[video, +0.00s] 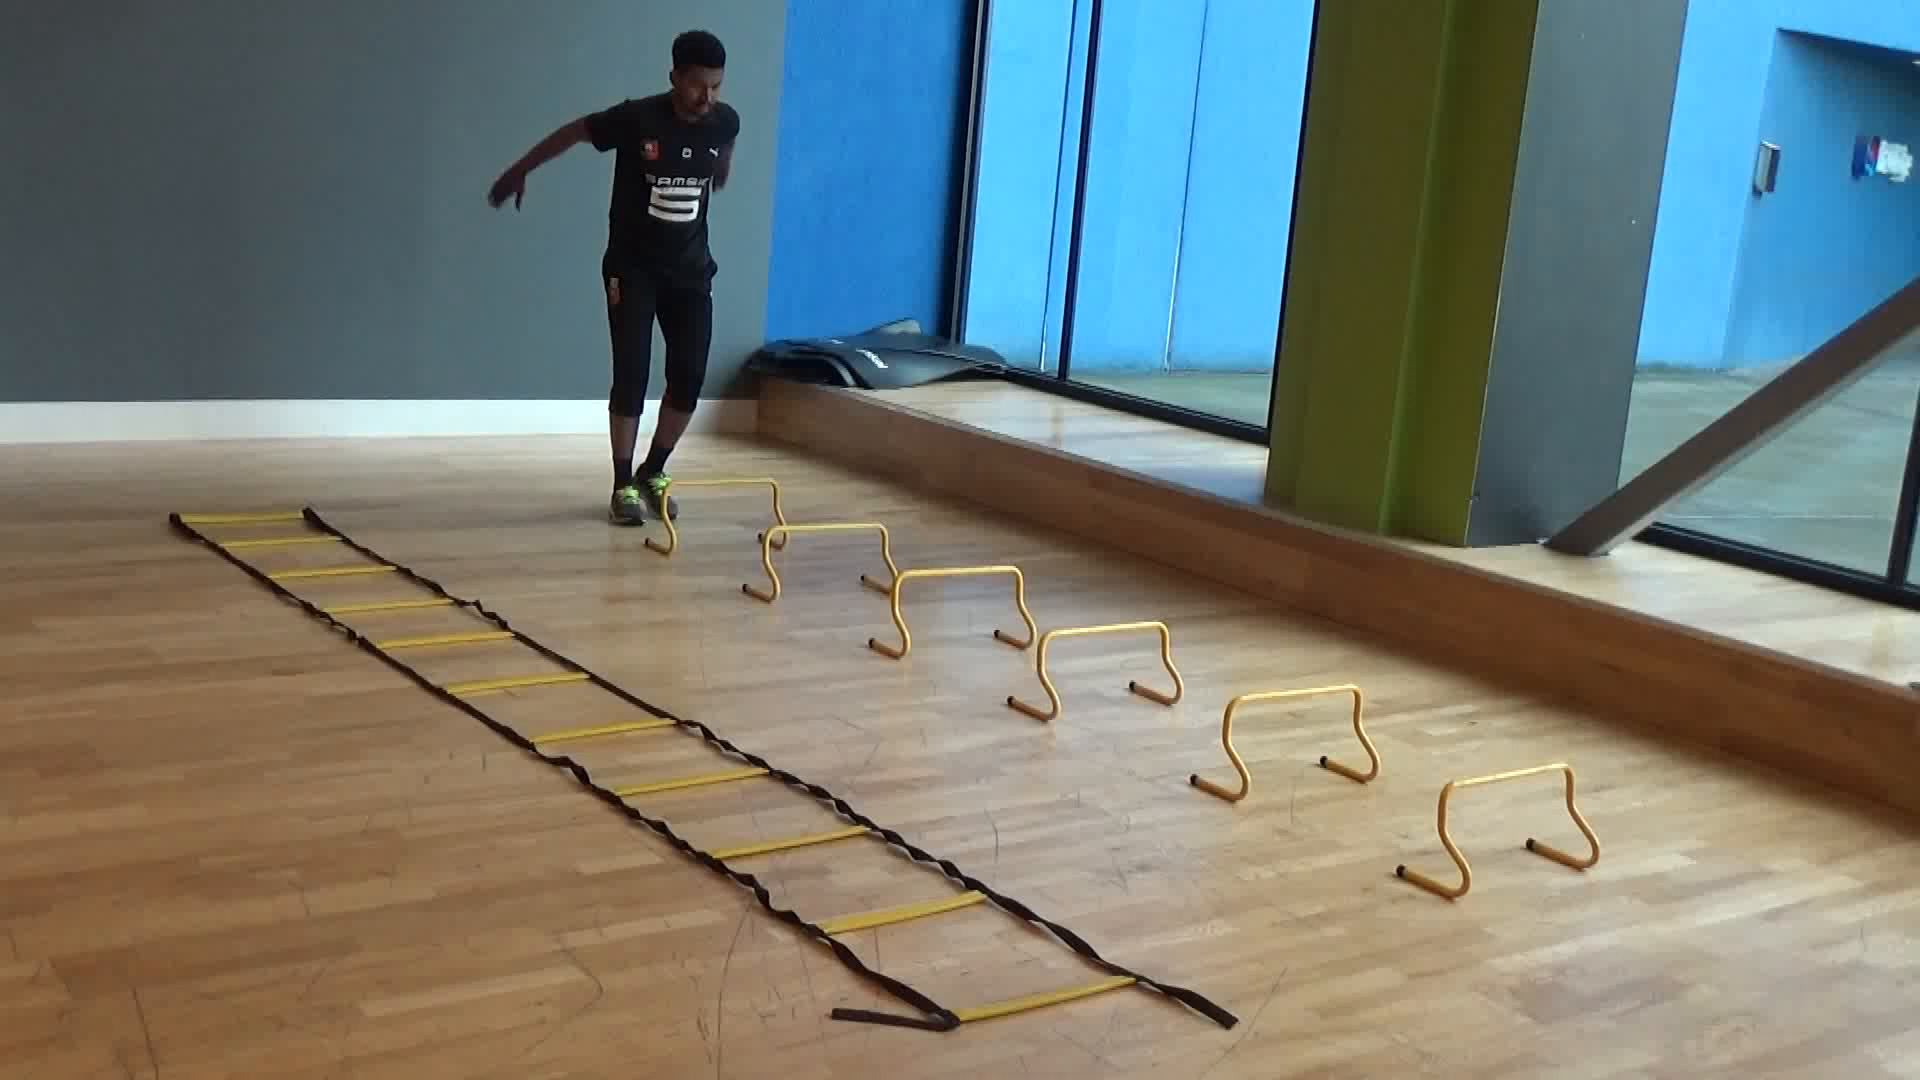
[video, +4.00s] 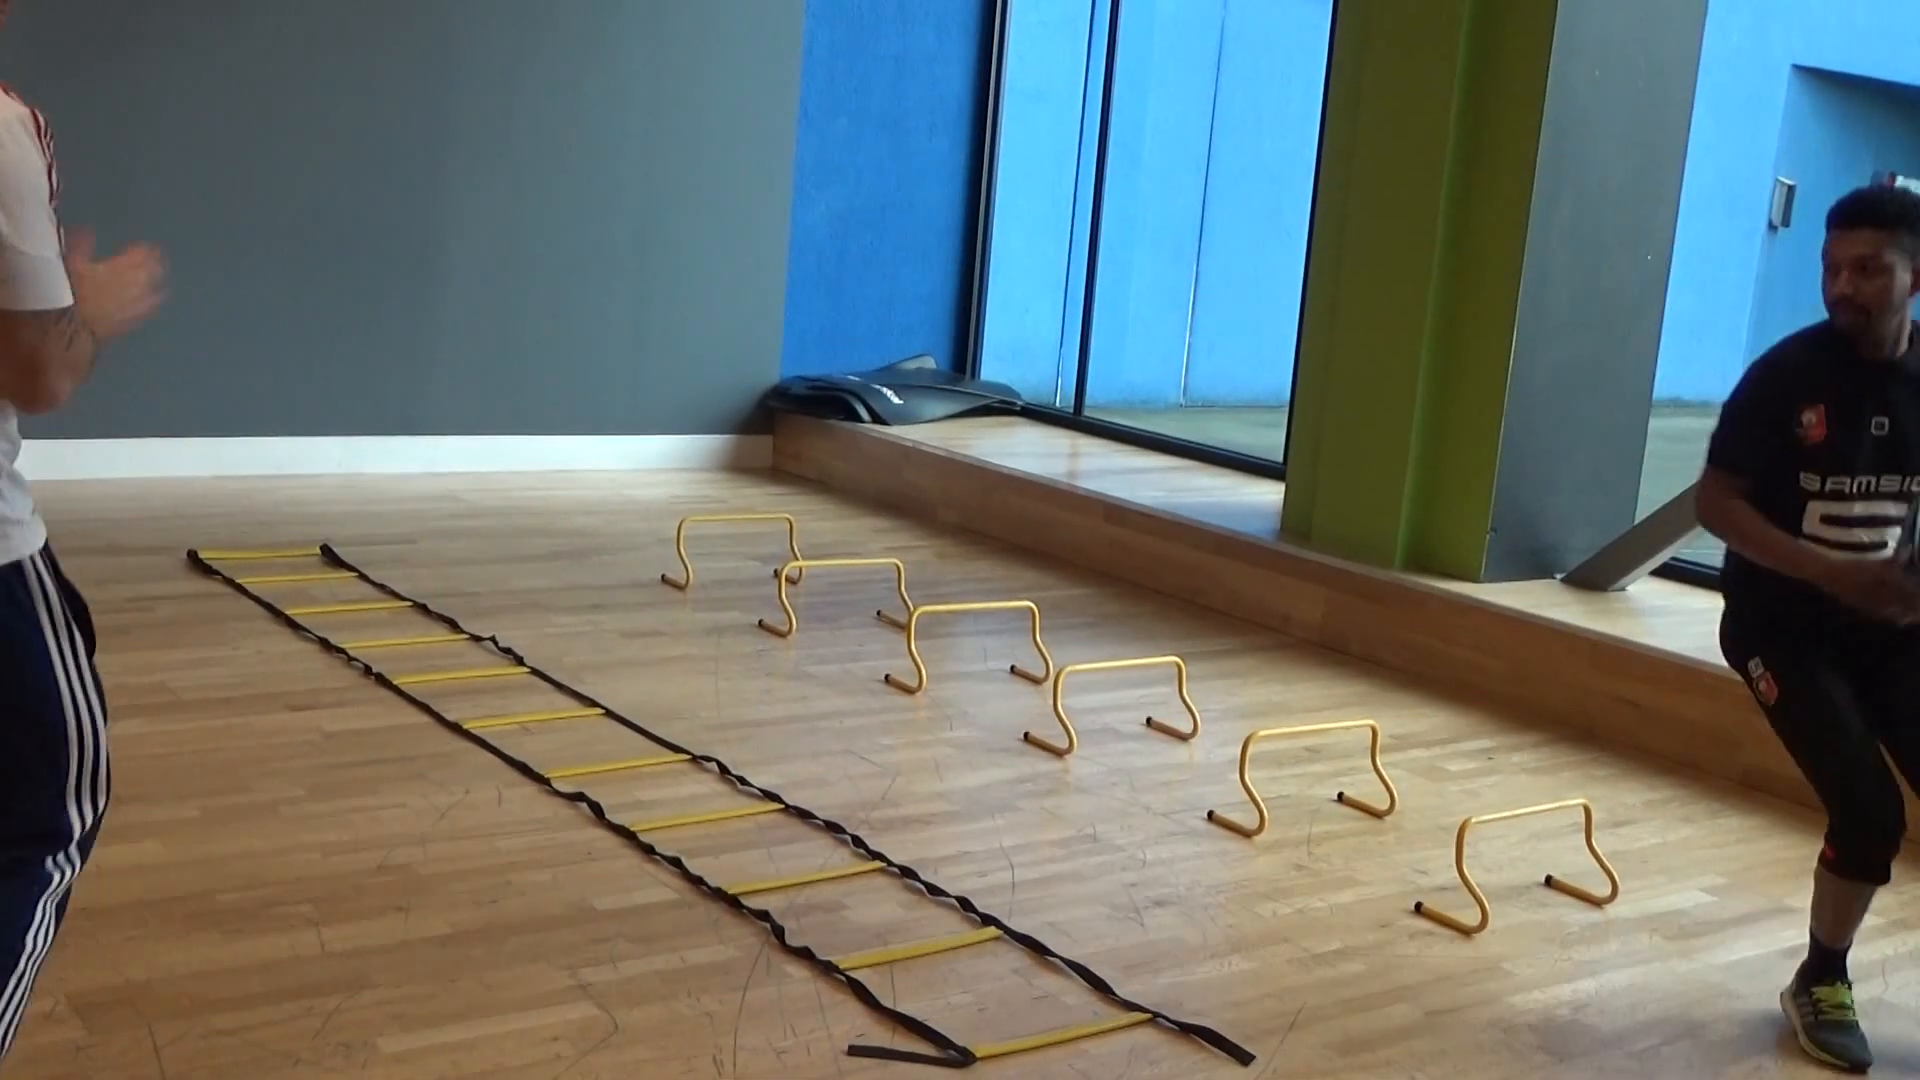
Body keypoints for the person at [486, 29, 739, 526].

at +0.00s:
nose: (707, 96)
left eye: (715, 85)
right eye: (698, 85)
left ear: (722, 82)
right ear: (675, 77)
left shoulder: (724, 123)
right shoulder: (636, 118)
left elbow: (722, 163)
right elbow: (574, 132)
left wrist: (719, 178)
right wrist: (519, 170)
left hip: (690, 269)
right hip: (633, 267)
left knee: (688, 381)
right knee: (632, 378)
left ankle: (652, 476)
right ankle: (624, 486)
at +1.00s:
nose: (833, 111)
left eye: (839, 100)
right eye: (822, 101)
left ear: (845, 100)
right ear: (795, 100)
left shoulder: (855, 164)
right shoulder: (767, 164)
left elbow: (860, 239)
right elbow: (745, 250)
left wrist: (887, 290)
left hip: (831, 324)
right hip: (774, 323)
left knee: (821, 457)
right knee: (783, 449)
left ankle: (777, 538)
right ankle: (748, 543)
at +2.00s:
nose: (1108, 45)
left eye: (1117, 34)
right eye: (1098, 31)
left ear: (1123, 29)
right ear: (1064, 21)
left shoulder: (1113, 89)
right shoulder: (1008, 78)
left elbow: (1075, 150)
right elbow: (915, 94)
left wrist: (1089, 200)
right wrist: (889, 189)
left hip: (1071, 286)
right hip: (1001, 284)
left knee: (1077, 442)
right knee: (1009, 441)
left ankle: (1052, 588)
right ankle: (995, 591)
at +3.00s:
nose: (1467, 49)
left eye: (1476, 35)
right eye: (1454, 32)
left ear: (1481, 35)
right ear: (1407, 25)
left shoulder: (1457, 111)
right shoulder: (1350, 105)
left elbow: (1422, 210)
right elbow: (1269, 205)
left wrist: (1463, 285)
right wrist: (1316, 310)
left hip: (1403, 333)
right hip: (1331, 330)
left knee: (1425, 496)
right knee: (1347, 506)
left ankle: (1322, 593)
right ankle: (1262, 605)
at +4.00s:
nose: (1845, 286)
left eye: (1869, 269)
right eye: (1836, 267)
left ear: (1915, 277)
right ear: (1824, 270)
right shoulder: (1786, 374)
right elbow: (1715, 502)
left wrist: (1910, 579)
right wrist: (1834, 569)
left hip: (1893, 630)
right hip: (1783, 627)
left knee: (1916, 795)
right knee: (1871, 811)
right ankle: (1823, 982)